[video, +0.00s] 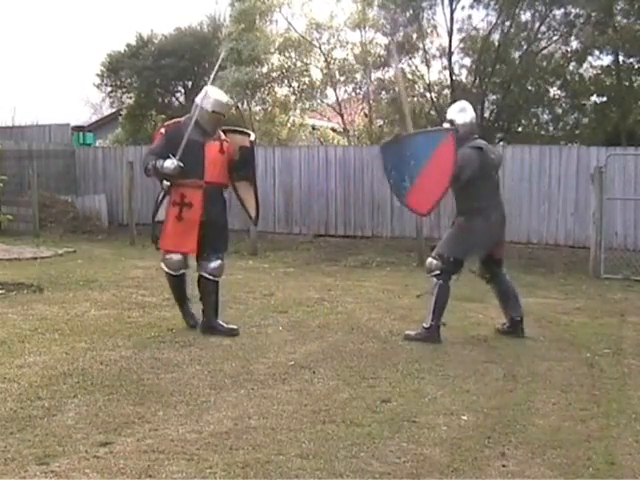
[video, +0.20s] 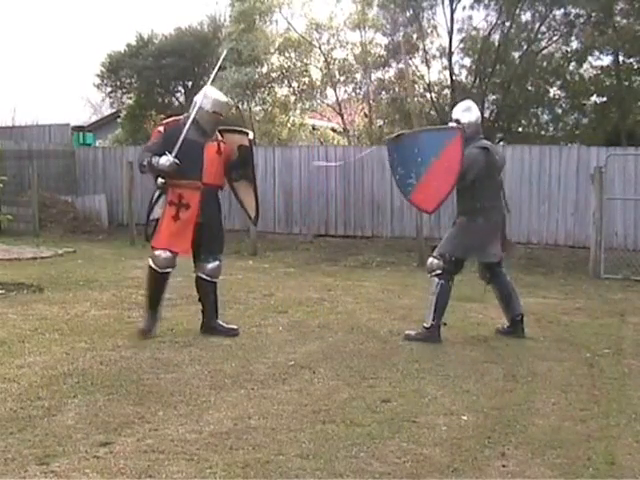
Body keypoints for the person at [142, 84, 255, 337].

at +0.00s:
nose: (217, 120)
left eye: (221, 115)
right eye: (213, 114)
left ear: (223, 115)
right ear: (199, 108)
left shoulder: (223, 140)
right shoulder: (174, 131)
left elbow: (237, 176)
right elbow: (148, 161)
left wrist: (247, 151)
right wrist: (160, 166)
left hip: (213, 203)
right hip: (181, 202)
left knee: (212, 263)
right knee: (174, 259)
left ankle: (210, 319)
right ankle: (184, 308)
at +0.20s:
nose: (217, 120)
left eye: (220, 115)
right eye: (214, 113)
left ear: (221, 115)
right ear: (200, 108)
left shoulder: (220, 143)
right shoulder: (171, 129)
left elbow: (236, 174)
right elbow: (145, 158)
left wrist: (246, 151)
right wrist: (157, 163)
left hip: (208, 207)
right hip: (175, 204)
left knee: (209, 266)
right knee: (162, 259)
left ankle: (210, 320)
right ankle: (151, 316)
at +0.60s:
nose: (183, 120)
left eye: (187, 116)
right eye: (180, 114)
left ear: (189, 116)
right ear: (166, 110)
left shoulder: (189, 142)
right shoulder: (145, 135)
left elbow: (204, 174)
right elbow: (123, 165)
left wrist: (224, 157)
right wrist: (145, 169)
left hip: (185, 210)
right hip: (152, 209)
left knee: (200, 268)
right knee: (140, 265)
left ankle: (209, 321)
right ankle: (126, 324)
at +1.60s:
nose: (205, 118)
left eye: (208, 113)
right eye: (200, 111)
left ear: (210, 113)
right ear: (185, 108)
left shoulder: (209, 138)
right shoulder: (163, 135)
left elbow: (220, 169)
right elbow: (146, 167)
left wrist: (240, 153)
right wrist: (169, 174)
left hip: (209, 208)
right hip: (177, 208)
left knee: (211, 265)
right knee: (175, 261)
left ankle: (201, 322)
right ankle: (155, 321)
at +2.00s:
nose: (201, 121)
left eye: (205, 117)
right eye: (197, 115)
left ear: (209, 117)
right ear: (185, 110)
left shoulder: (208, 140)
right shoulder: (165, 136)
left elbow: (220, 172)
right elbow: (144, 168)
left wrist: (232, 151)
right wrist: (166, 173)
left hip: (209, 207)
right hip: (176, 207)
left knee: (220, 265)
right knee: (174, 264)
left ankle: (202, 322)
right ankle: (146, 325)